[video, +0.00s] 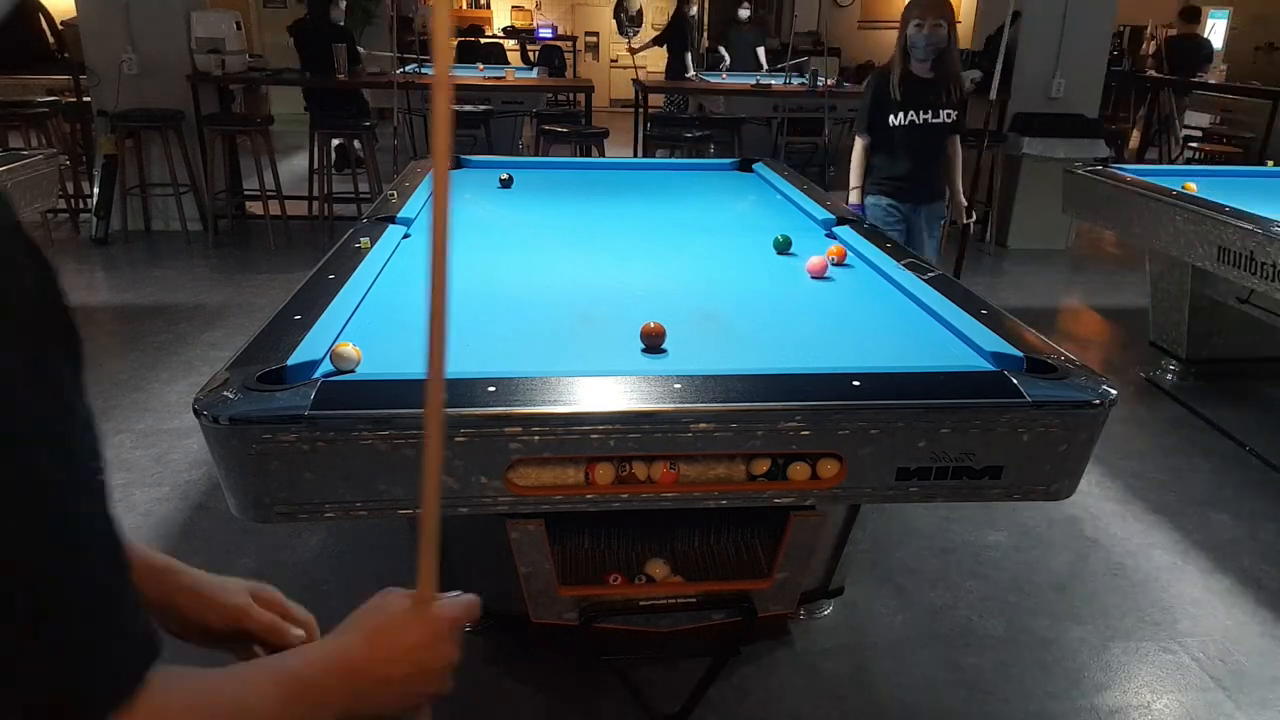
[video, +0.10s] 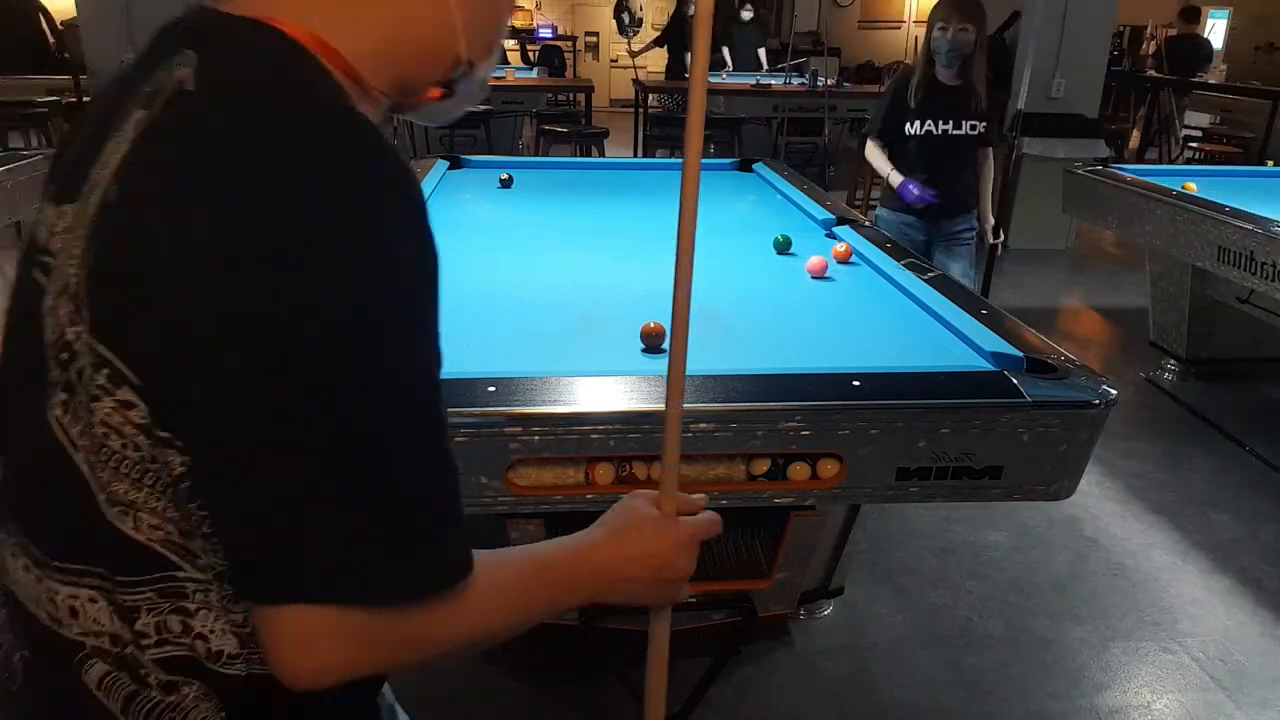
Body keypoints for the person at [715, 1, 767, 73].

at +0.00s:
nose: (745, 13)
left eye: (747, 9)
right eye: (742, 9)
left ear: (750, 11)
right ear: (737, 11)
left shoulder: (755, 27)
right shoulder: (729, 26)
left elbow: (759, 47)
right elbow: (720, 46)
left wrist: (764, 65)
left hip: (751, 70)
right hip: (733, 71)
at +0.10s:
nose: (747, 14)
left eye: (750, 11)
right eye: (744, 11)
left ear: (753, 13)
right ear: (739, 11)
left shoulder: (756, 27)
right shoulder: (731, 26)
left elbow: (761, 48)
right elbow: (724, 47)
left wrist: (765, 66)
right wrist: (729, 65)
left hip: (753, 69)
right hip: (735, 70)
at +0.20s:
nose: (749, 14)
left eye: (752, 11)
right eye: (747, 11)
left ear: (757, 13)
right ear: (742, 12)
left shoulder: (764, 28)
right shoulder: (735, 27)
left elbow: (771, 46)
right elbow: (728, 47)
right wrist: (731, 65)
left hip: (761, 72)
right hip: (740, 73)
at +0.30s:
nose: (750, 19)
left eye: (754, 16)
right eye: (748, 16)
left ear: (761, 18)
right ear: (746, 17)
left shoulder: (767, 33)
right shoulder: (738, 29)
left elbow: (780, 47)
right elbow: (731, 49)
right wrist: (731, 66)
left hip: (760, 74)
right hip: (740, 74)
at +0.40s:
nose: (759, 28)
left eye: (762, 25)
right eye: (757, 25)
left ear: (770, 26)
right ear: (754, 25)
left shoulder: (775, 40)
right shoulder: (746, 35)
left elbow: (790, 52)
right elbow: (736, 49)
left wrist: (805, 63)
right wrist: (731, 67)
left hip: (767, 77)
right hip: (744, 75)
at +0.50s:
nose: (757, 24)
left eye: (760, 21)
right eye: (755, 21)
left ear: (768, 23)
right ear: (752, 22)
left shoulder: (774, 38)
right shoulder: (745, 34)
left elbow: (789, 49)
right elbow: (735, 49)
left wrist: (801, 60)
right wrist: (732, 67)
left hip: (767, 79)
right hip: (743, 77)